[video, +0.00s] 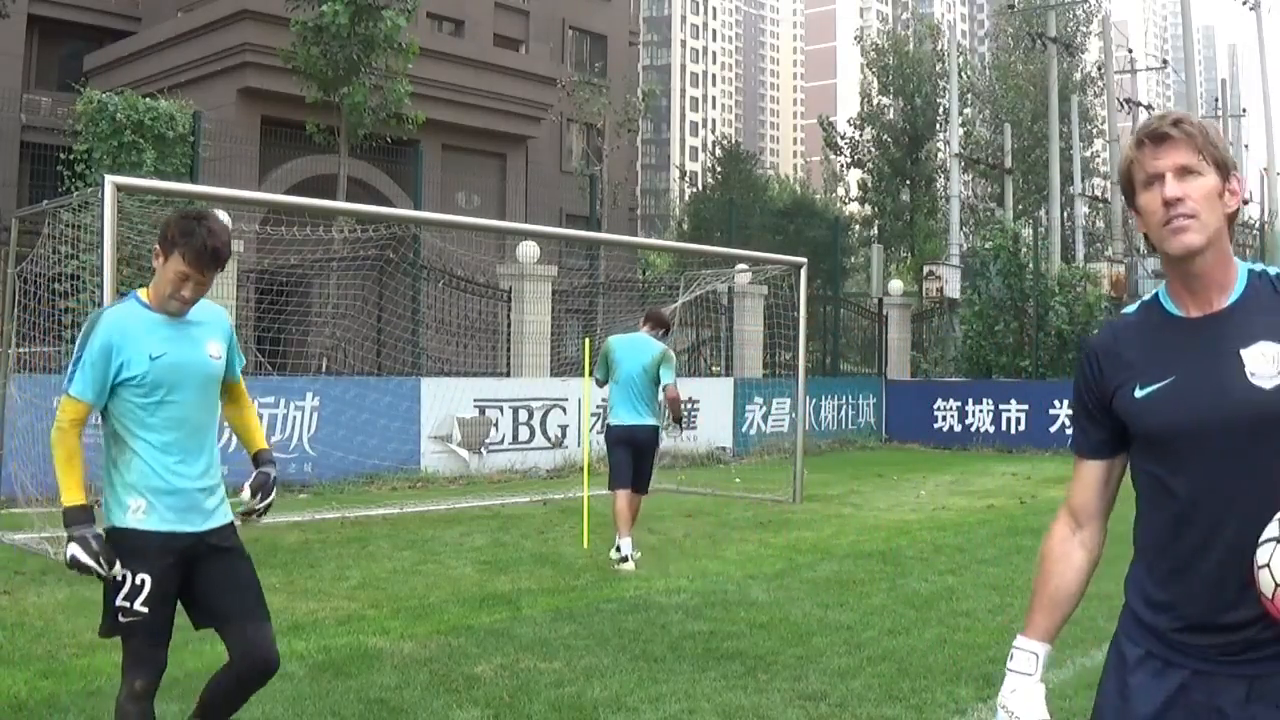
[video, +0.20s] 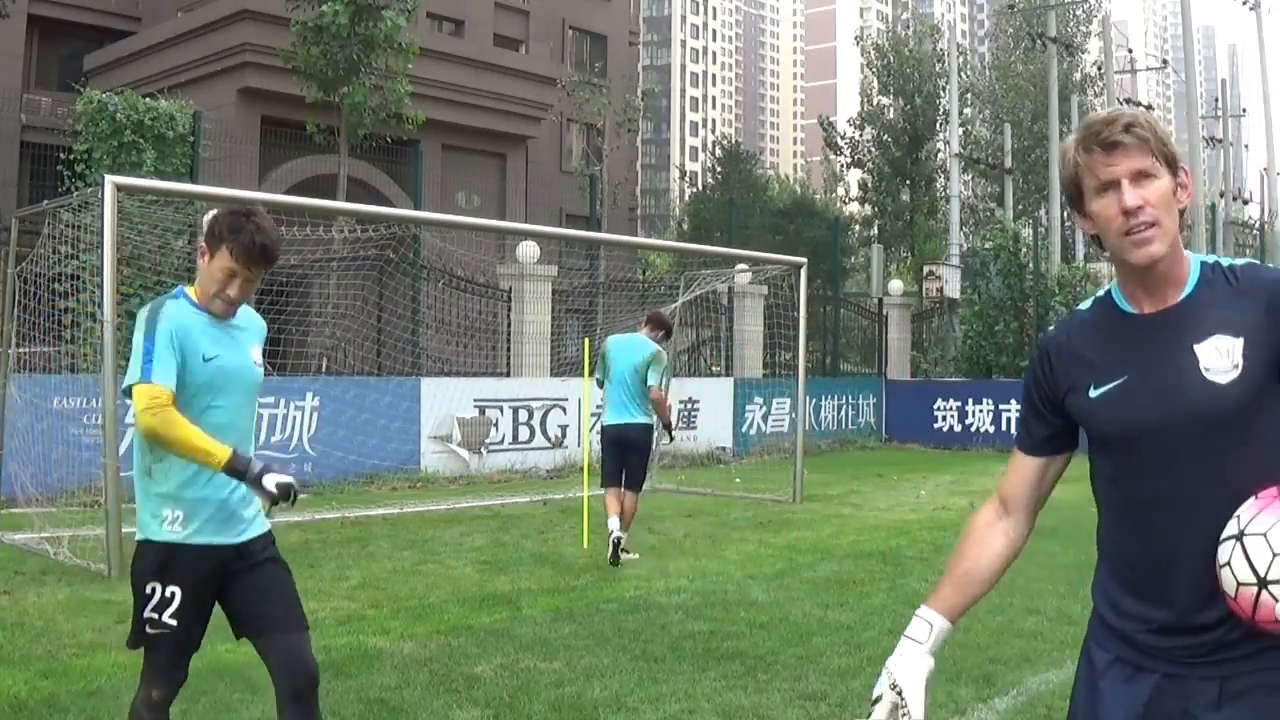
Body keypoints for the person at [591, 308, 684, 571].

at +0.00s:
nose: (657, 336)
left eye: (647, 326)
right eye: (662, 334)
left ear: (642, 322)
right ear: (663, 332)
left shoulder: (612, 342)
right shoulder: (664, 352)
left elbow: (600, 381)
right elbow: (671, 395)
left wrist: (618, 362)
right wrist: (678, 419)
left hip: (617, 428)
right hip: (647, 431)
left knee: (621, 490)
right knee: (637, 492)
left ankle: (627, 554)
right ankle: (620, 546)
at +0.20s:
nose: (661, 343)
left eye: (662, 339)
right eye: (664, 339)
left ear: (643, 324)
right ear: (661, 333)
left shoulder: (611, 342)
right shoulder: (656, 352)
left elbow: (600, 381)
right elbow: (654, 394)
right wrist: (667, 423)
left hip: (610, 427)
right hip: (639, 429)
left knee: (611, 486)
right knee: (632, 490)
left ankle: (614, 529)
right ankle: (620, 544)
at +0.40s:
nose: (662, 345)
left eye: (665, 342)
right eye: (665, 340)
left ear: (647, 326)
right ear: (659, 331)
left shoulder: (613, 341)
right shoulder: (648, 350)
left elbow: (600, 380)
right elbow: (638, 392)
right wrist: (654, 416)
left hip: (609, 422)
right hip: (632, 424)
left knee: (624, 478)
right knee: (630, 487)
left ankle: (604, 525)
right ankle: (617, 548)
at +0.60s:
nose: (662, 345)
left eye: (665, 341)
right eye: (664, 339)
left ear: (650, 328)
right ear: (653, 329)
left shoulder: (627, 342)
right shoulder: (636, 347)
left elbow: (626, 376)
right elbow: (619, 385)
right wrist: (642, 412)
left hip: (619, 418)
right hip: (625, 420)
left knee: (625, 482)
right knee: (630, 484)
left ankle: (622, 535)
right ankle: (618, 545)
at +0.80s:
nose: (658, 336)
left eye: (660, 332)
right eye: (657, 331)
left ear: (652, 330)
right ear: (643, 325)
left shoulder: (647, 350)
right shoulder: (624, 346)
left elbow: (670, 368)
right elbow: (602, 383)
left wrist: (669, 343)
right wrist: (625, 408)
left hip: (635, 420)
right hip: (618, 420)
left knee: (637, 481)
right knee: (636, 481)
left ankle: (622, 536)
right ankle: (618, 540)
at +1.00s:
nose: (653, 328)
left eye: (654, 324)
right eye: (649, 324)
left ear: (652, 326)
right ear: (635, 323)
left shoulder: (653, 346)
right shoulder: (615, 347)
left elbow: (681, 353)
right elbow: (594, 381)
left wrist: (669, 327)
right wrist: (610, 406)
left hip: (643, 421)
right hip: (620, 419)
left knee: (637, 480)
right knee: (633, 476)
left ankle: (623, 533)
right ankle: (622, 537)